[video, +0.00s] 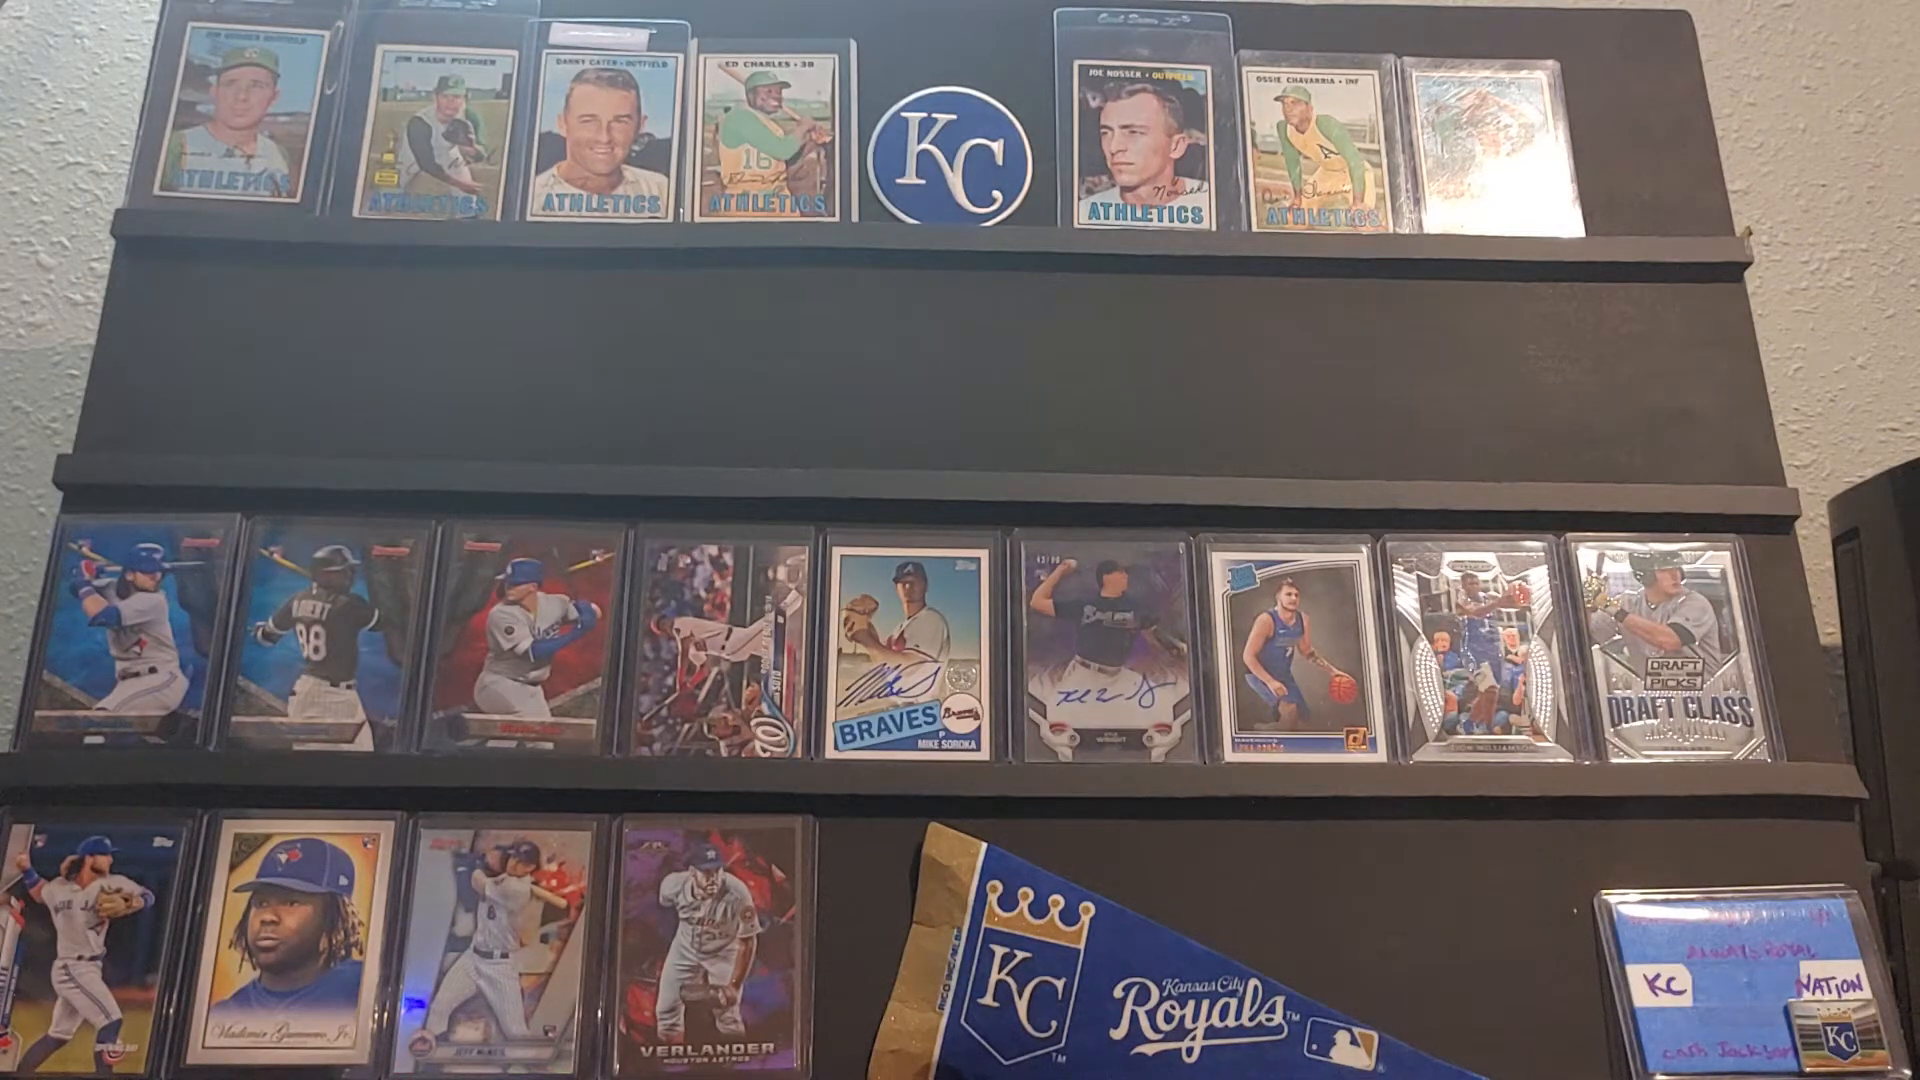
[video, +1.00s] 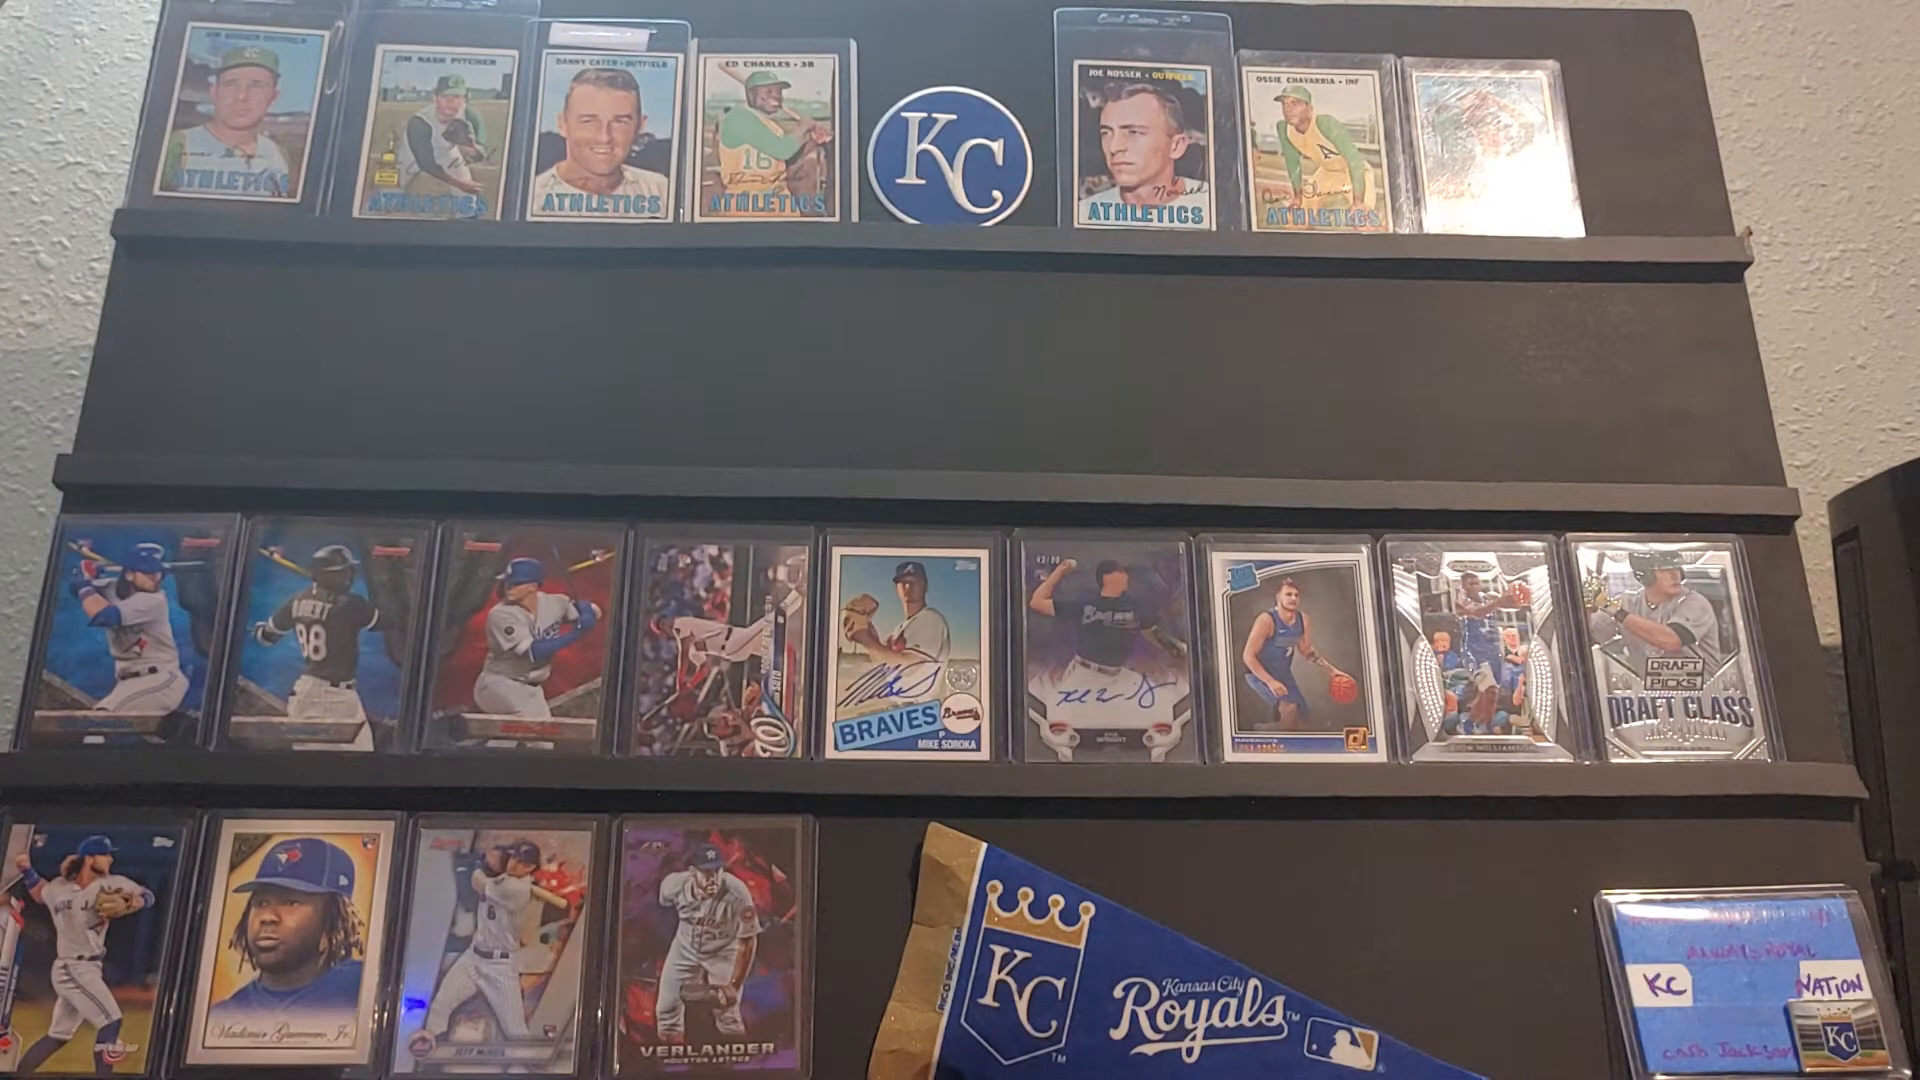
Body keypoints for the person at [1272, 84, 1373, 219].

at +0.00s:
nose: (1288, 109)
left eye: (1294, 103)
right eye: (1284, 104)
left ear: (1309, 107)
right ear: (1281, 107)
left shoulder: (1326, 124)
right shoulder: (1284, 129)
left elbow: (1355, 161)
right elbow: (1293, 163)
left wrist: (1358, 202)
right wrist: (1297, 197)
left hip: (1354, 173)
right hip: (1327, 172)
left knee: (1361, 220)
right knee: (1301, 208)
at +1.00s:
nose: (1288, 109)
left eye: (1294, 104)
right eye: (1284, 104)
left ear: (1309, 108)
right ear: (1281, 108)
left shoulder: (1326, 124)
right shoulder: (1284, 128)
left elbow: (1355, 161)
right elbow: (1292, 163)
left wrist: (1358, 202)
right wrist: (1297, 197)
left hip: (1354, 172)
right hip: (1327, 171)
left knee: (1361, 217)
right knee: (1303, 207)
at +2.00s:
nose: (1288, 109)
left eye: (1294, 103)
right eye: (1285, 104)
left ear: (1308, 107)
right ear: (1282, 108)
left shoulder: (1326, 123)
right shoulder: (1283, 128)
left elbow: (1355, 160)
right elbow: (1292, 162)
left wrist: (1358, 203)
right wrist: (1297, 197)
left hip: (1354, 172)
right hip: (1326, 172)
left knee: (1361, 219)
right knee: (1304, 210)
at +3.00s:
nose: (1288, 109)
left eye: (1294, 103)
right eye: (1284, 104)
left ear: (1308, 107)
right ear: (1281, 108)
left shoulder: (1326, 123)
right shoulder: (1283, 128)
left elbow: (1355, 160)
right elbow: (1293, 163)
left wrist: (1358, 202)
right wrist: (1297, 196)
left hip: (1355, 173)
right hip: (1327, 173)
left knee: (1360, 218)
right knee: (1302, 210)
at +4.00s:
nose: (1288, 110)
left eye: (1294, 103)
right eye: (1284, 105)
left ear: (1308, 107)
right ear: (1281, 108)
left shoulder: (1327, 124)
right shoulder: (1283, 128)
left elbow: (1355, 160)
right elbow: (1293, 163)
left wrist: (1357, 202)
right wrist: (1297, 197)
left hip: (1355, 174)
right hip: (1327, 173)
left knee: (1360, 220)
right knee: (1301, 212)